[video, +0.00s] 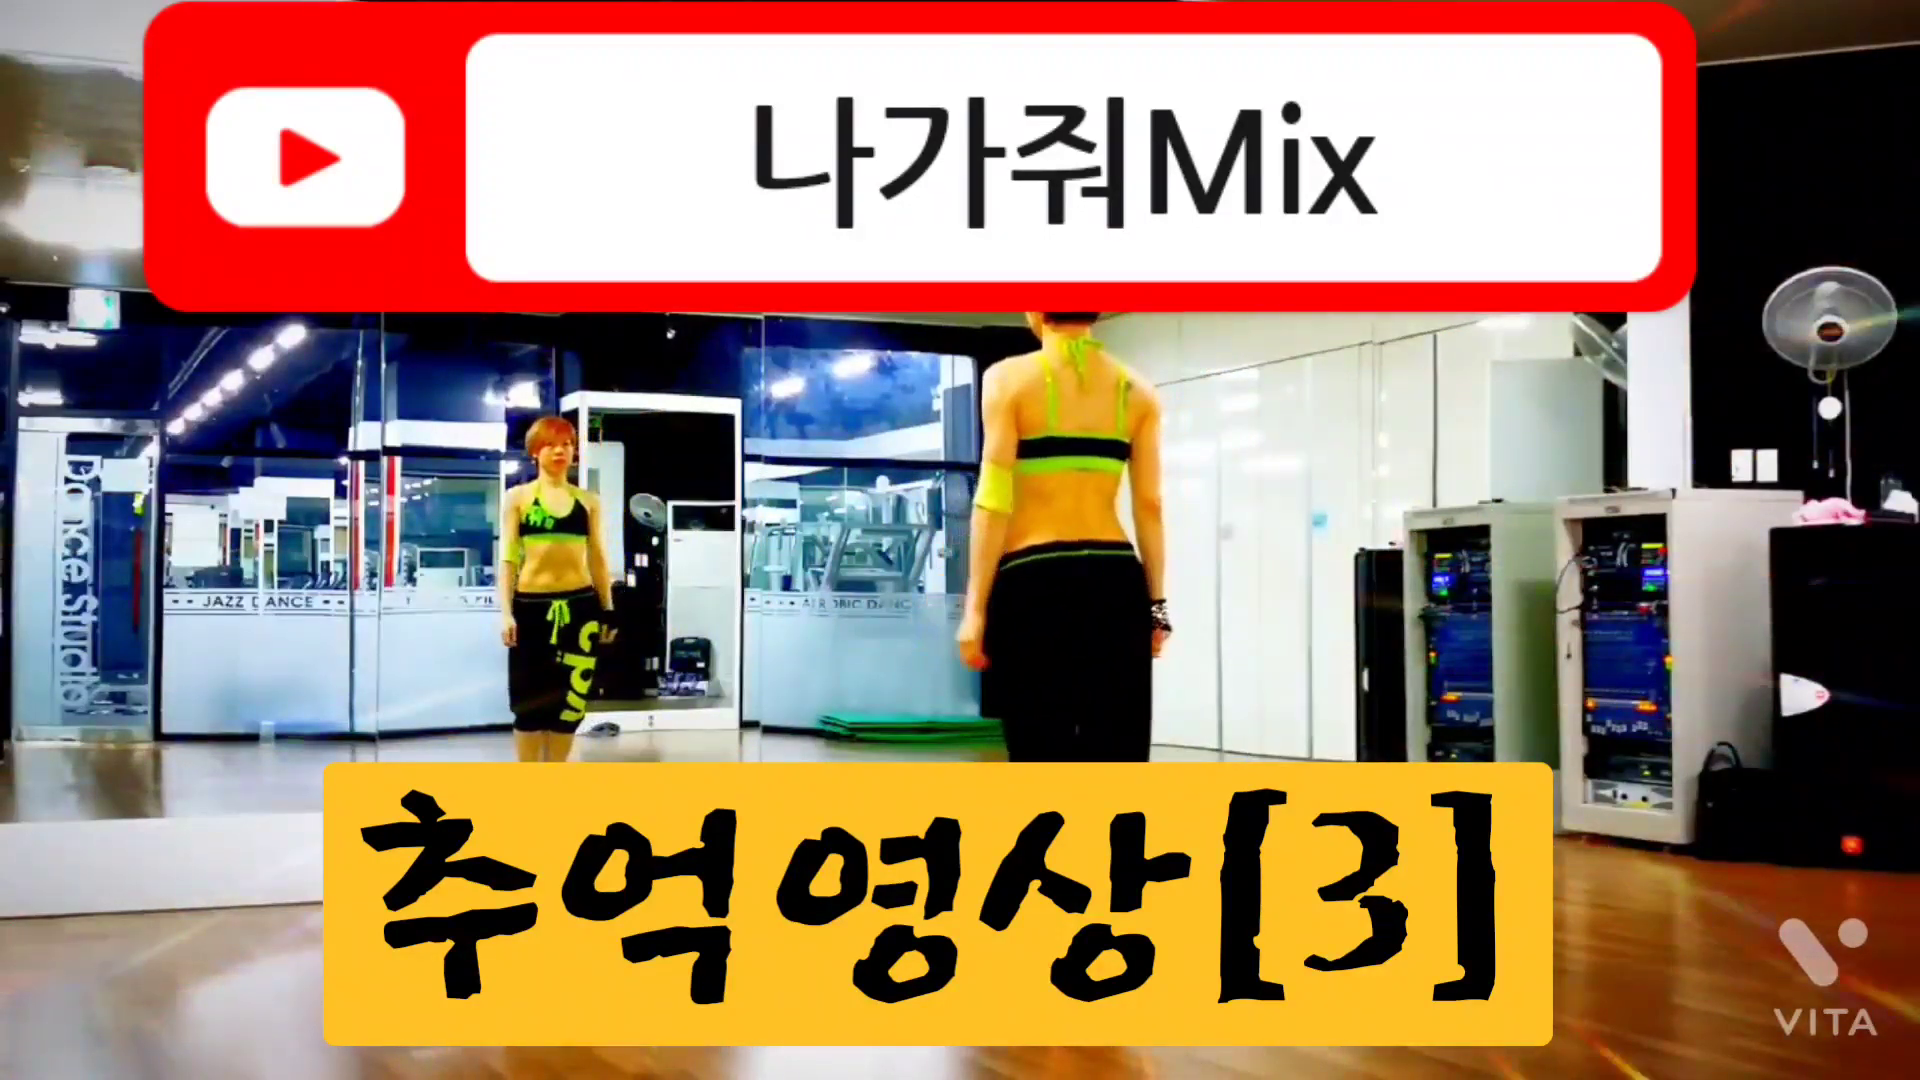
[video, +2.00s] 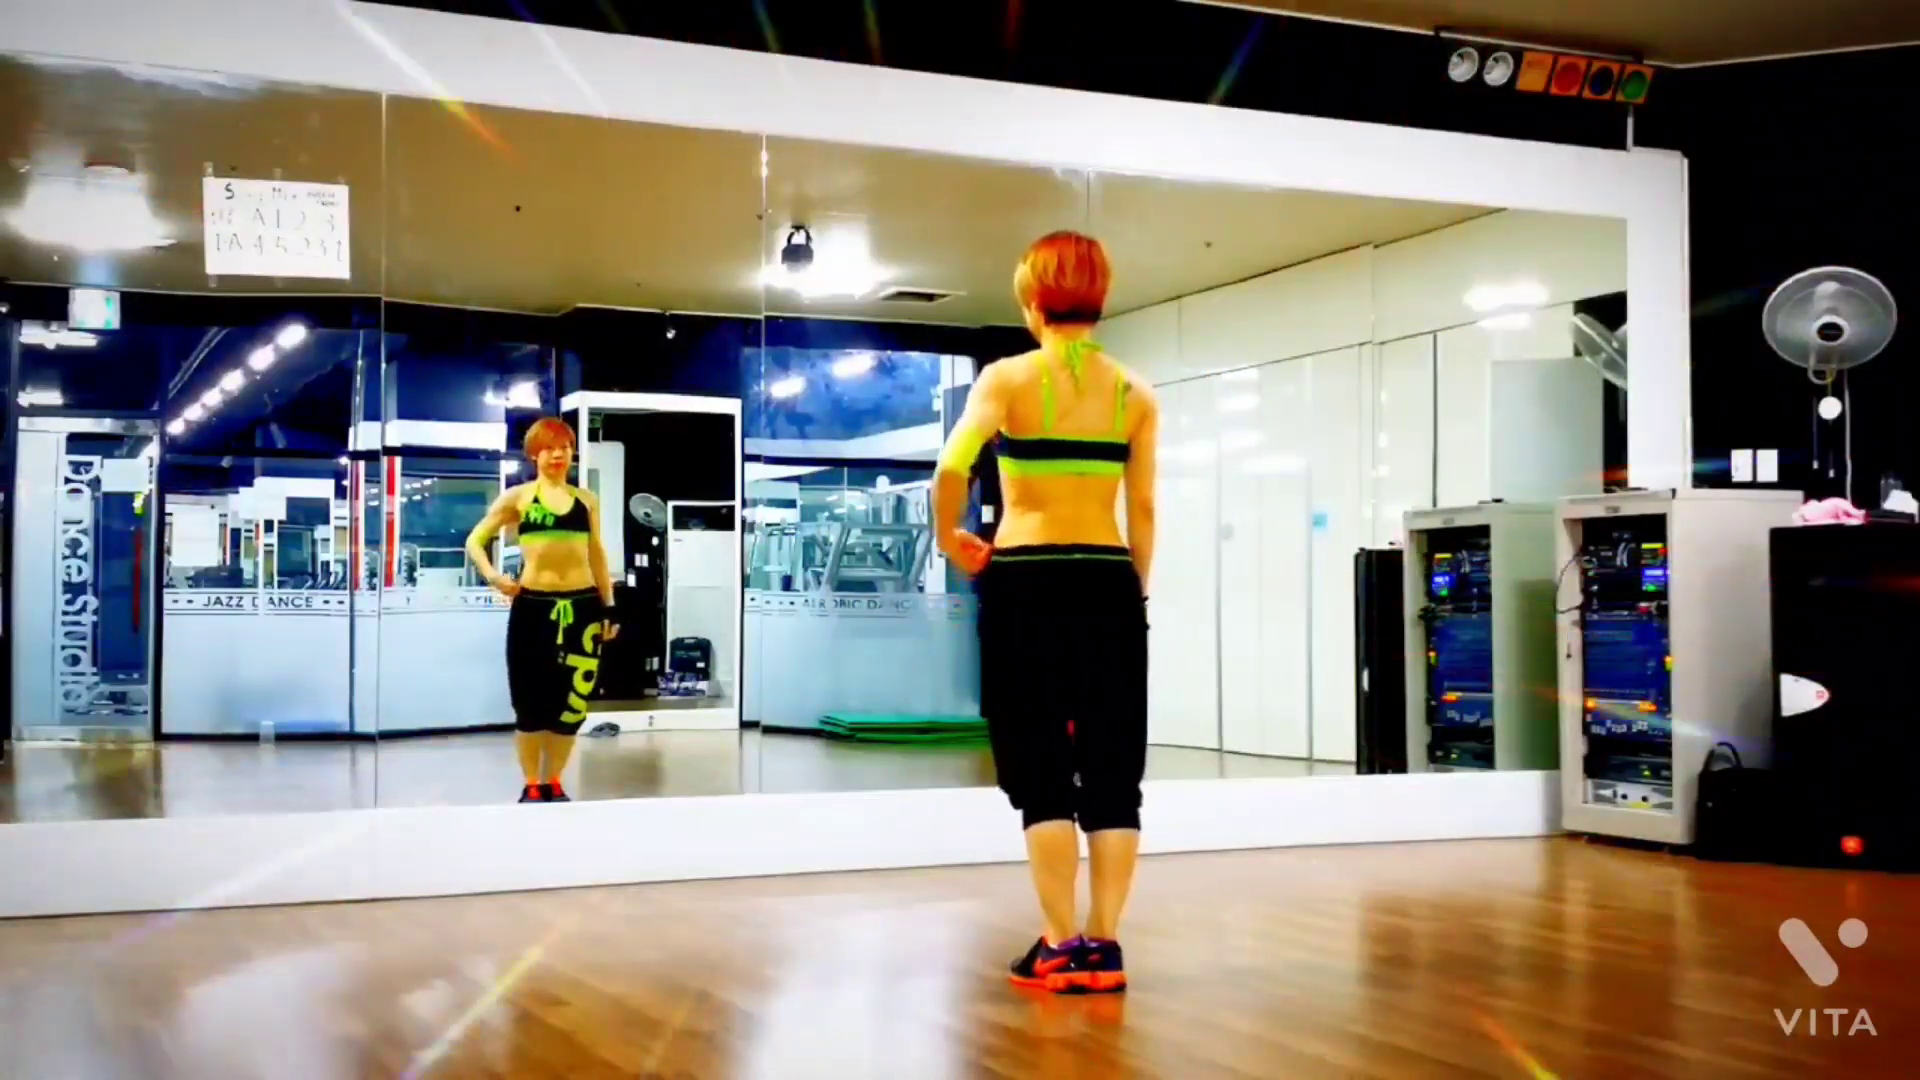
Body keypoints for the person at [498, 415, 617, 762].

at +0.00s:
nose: (560, 452)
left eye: (566, 445)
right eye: (551, 446)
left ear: (573, 452)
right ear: (536, 453)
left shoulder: (588, 501)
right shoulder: (517, 498)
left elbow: (598, 559)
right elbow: (509, 559)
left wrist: (608, 610)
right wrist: (507, 612)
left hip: (579, 607)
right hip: (531, 608)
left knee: (569, 705)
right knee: (529, 706)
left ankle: (554, 778)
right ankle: (528, 779)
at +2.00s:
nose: (557, 455)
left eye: (563, 448)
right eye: (548, 449)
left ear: (572, 454)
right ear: (534, 455)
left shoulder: (587, 500)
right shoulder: (519, 496)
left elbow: (597, 557)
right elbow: (475, 541)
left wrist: (609, 606)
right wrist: (496, 579)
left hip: (582, 605)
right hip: (533, 605)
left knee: (573, 702)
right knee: (531, 702)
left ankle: (552, 782)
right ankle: (532, 784)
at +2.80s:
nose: (556, 458)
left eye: (563, 451)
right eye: (548, 452)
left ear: (572, 454)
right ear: (535, 456)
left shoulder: (586, 488)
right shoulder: (523, 491)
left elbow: (611, 457)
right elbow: (519, 486)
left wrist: (577, 456)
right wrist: (543, 472)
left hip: (581, 603)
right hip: (532, 604)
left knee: (571, 705)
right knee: (531, 704)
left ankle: (553, 783)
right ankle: (531, 786)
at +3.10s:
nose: (554, 461)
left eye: (559, 454)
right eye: (546, 456)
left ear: (568, 458)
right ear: (531, 463)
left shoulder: (585, 499)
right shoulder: (521, 501)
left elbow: (590, 518)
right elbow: (549, 518)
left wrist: (577, 482)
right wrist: (566, 487)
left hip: (576, 608)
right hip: (530, 609)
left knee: (570, 708)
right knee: (537, 706)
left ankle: (553, 782)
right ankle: (532, 785)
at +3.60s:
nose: (554, 443)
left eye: (559, 438)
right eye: (545, 439)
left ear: (570, 450)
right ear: (530, 454)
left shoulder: (584, 495)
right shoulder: (517, 491)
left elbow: (627, 502)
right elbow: (463, 494)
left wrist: (656, 511)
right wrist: (408, 502)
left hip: (577, 604)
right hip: (530, 605)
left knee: (570, 702)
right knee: (531, 702)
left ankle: (553, 781)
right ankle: (533, 785)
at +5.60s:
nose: (553, 458)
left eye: (558, 450)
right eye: (544, 451)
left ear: (566, 453)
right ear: (529, 457)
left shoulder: (581, 501)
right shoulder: (510, 498)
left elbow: (609, 540)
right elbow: (479, 542)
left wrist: (630, 570)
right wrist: (457, 579)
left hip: (575, 605)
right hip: (527, 607)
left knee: (568, 699)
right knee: (527, 701)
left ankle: (552, 782)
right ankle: (532, 784)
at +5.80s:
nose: (553, 467)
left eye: (558, 459)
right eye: (544, 461)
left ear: (566, 458)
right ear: (529, 461)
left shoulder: (581, 494)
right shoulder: (515, 493)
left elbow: (599, 536)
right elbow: (523, 542)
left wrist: (588, 519)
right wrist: (565, 574)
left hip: (573, 605)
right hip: (528, 605)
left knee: (568, 700)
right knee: (529, 702)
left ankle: (553, 782)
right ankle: (531, 784)